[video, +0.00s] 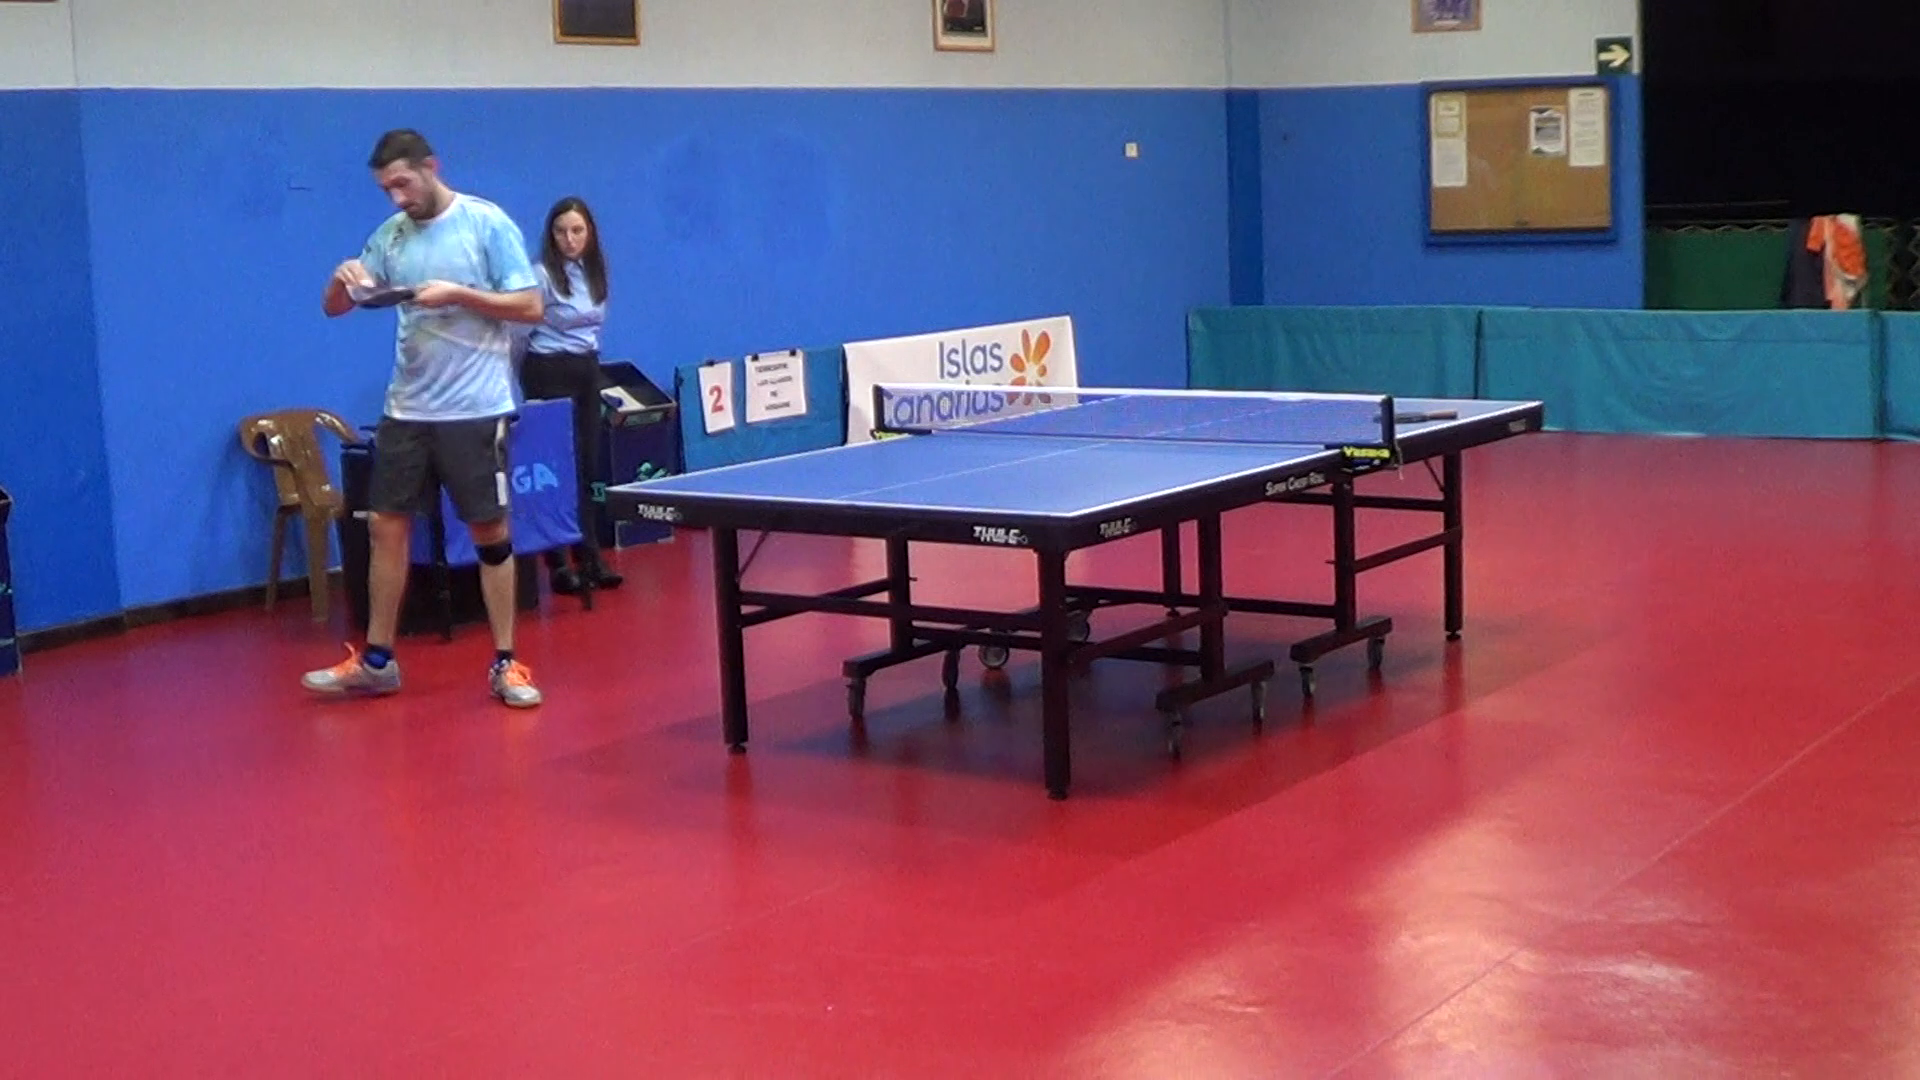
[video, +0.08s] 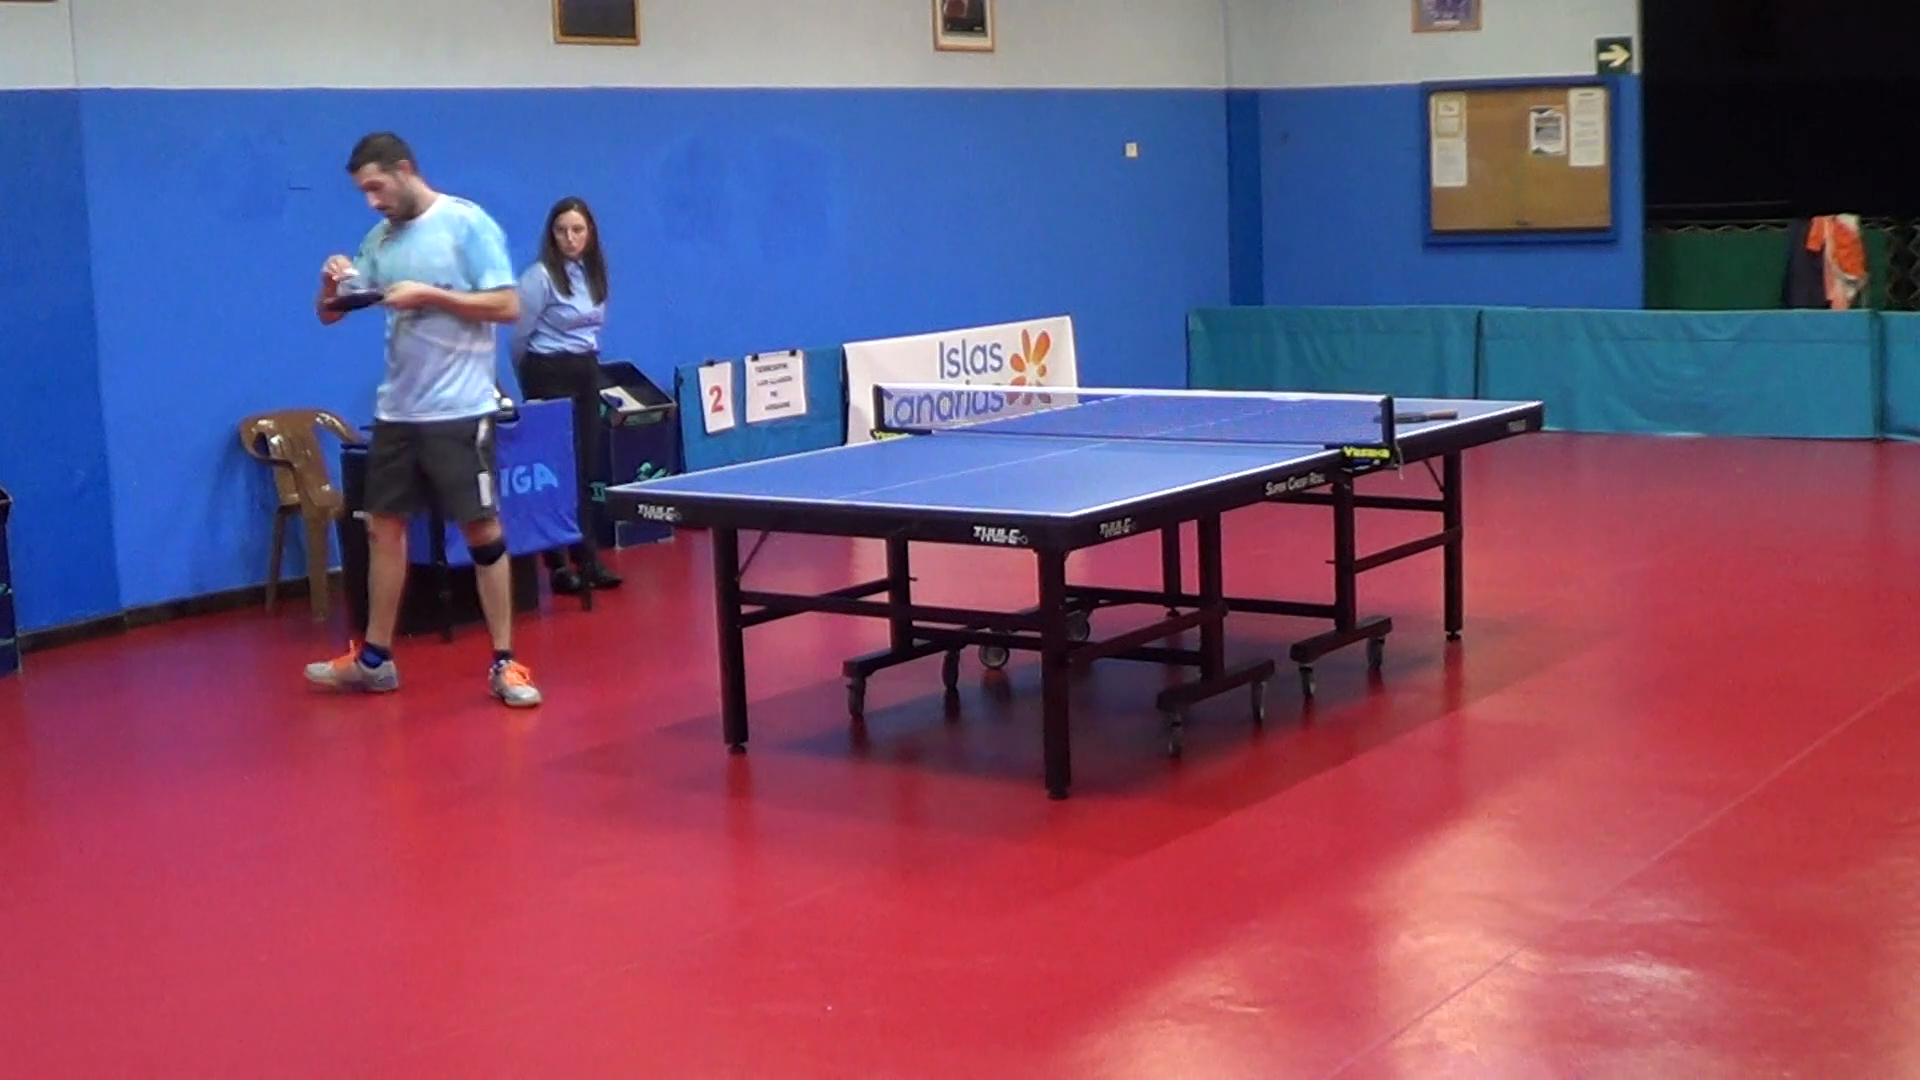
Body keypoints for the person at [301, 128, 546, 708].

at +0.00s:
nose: (398, 196)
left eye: (404, 182)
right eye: (389, 187)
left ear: (432, 168)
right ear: (384, 187)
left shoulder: (488, 223)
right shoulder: (389, 236)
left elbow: (531, 306)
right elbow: (335, 308)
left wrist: (458, 295)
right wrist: (341, 280)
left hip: (476, 407)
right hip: (407, 408)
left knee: (490, 530)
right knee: (386, 524)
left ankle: (506, 662)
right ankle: (378, 660)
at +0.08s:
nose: (372, 200)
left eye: (376, 187)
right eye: (365, 192)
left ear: (406, 170)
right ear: (370, 188)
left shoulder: (468, 223)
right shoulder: (377, 240)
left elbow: (507, 306)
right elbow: (331, 314)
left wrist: (429, 295)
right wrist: (330, 285)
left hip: (461, 405)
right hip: (397, 409)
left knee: (482, 531)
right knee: (384, 525)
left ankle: (505, 661)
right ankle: (375, 657)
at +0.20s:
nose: (336, 206)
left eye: (338, 192)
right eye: (330, 197)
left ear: (369, 175)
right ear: (350, 185)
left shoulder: (431, 223)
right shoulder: (360, 241)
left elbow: (465, 308)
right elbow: (321, 322)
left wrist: (383, 297)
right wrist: (315, 293)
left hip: (432, 412)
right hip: (376, 415)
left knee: (464, 535)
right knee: (382, 531)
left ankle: (501, 661)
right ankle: (375, 659)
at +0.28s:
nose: (316, 208)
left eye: (316, 195)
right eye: (309, 199)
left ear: (346, 177)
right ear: (333, 185)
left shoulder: (408, 224)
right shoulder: (346, 242)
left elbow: (439, 309)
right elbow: (320, 320)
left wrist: (359, 298)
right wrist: (300, 298)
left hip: (412, 411)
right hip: (362, 413)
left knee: (439, 532)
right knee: (376, 529)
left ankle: (488, 657)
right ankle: (375, 658)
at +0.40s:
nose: (293, 209)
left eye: (293, 196)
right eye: (287, 200)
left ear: (320, 178)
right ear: (314, 184)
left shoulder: (380, 224)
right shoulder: (334, 235)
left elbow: (406, 309)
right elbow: (334, 304)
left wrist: (329, 300)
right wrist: (288, 294)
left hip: (385, 406)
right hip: (347, 407)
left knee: (391, 528)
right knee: (365, 527)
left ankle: (449, 660)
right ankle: (374, 657)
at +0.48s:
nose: (280, 210)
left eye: (278, 196)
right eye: (274, 200)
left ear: (303, 178)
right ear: (303, 180)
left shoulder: (361, 226)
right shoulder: (334, 232)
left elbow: (385, 310)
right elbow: (340, 303)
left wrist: (307, 298)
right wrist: (287, 290)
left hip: (367, 404)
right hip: (341, 403)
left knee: (356, 528)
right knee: (367, 528)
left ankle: (406, 660)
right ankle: (375, 654)